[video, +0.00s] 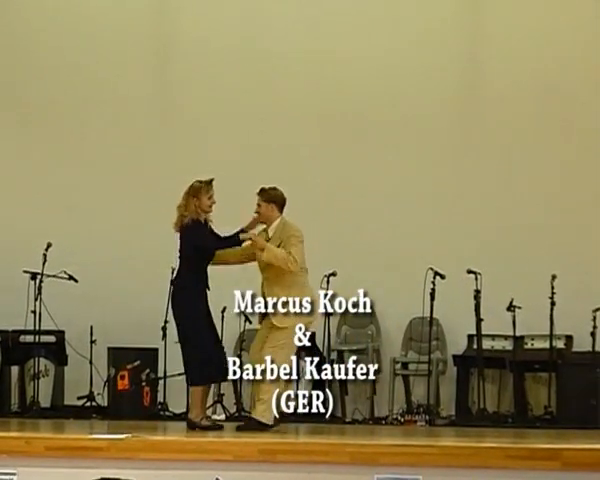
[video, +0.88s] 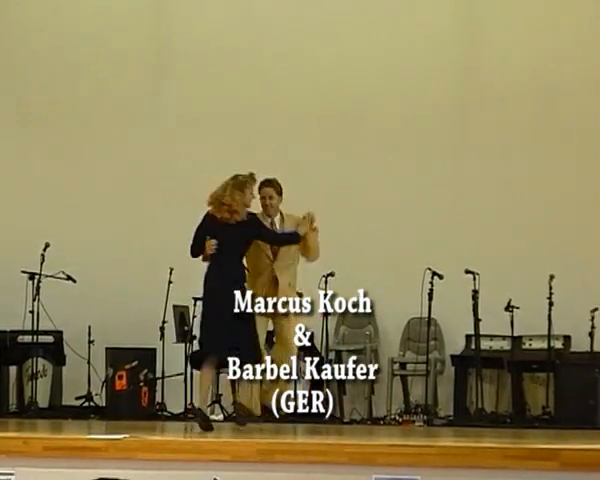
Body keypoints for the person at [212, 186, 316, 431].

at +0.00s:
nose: (256, 210)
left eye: (259, 206)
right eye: (256, 205)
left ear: (273, 208)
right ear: (268, 208)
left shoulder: (291, 232)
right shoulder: (263, 236)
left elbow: (293, 262)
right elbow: (241, 254)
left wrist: (261, 246)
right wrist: (205, 256)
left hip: (295, 311)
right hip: (275, 310)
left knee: (273, 358)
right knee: (257, 357)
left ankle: (265, 415)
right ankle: (260, 412)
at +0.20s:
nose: (256, 208)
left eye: (259, 204)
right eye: (256, 204)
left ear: (274, 206)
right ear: (268, 206)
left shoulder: (289, 235)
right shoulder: (263, 237)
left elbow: (286, 276)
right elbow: (247, 264)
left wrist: (252, 272)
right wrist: (220, 268)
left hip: (292, 308)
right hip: (271, 307)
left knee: (275, 347)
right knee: (263, 358)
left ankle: (281, 410)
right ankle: (263, 414)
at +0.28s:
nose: (257, 203)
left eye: (261, 199)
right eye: (257, 199)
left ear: (276, 201)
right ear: (266, 201)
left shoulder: (285, 228)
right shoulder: (266, 229)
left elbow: (268, 264)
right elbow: (254, 256)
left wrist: (230, 263)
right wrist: (226, 260)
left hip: (295, 305)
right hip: (273, 306)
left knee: (288, 353)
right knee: (268, 357)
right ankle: (270, 413)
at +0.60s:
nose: (252, 212)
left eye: (256, 207)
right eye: (250, 207)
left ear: (270, 208)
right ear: (250, 209)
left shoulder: (285, 236)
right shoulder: (249, 239)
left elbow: (289, 275)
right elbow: (244, 271)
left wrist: (257, 281)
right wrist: (223, 273)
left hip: (289, 310)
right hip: (263, 311)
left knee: (307, 359)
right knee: (261, 364)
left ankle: (328, 408)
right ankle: (261, 417)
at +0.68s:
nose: (256, 205)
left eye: (260, 200)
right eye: (253, 201)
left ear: (272, 201)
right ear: (251, 203)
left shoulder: (289, 230)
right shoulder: (245, 232)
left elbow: (310, 265)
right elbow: (232, 263)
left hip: (290, 304)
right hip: (260, 306)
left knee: (303, 356)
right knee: (260, 362)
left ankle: (318, 404)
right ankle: (261, 415)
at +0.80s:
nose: (262, 198)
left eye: (267, 193)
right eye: (259, 194)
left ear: (278, 195)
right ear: (256, 196)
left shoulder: (294, 221)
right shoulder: (247, 222)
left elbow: (318, 248)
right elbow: (229, 247)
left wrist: (315, 226)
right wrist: (204, 248)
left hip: (288, 295)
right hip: (257, 295)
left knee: (292, 351)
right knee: (257, 354)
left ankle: (294, 408)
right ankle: (258, 412)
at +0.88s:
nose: (267, 202)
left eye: (271, 197)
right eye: (263, 198)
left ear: (280, 198)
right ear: (258, 200)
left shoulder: (295, 222)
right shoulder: (252, 223)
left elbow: (311, 255)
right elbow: (235, 250)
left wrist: (311, 231)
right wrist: (208, 251)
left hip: (285, 294)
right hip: (255, 295)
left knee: (287, 348)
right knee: (253, 348)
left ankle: (276, 400)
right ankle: (249, 404)